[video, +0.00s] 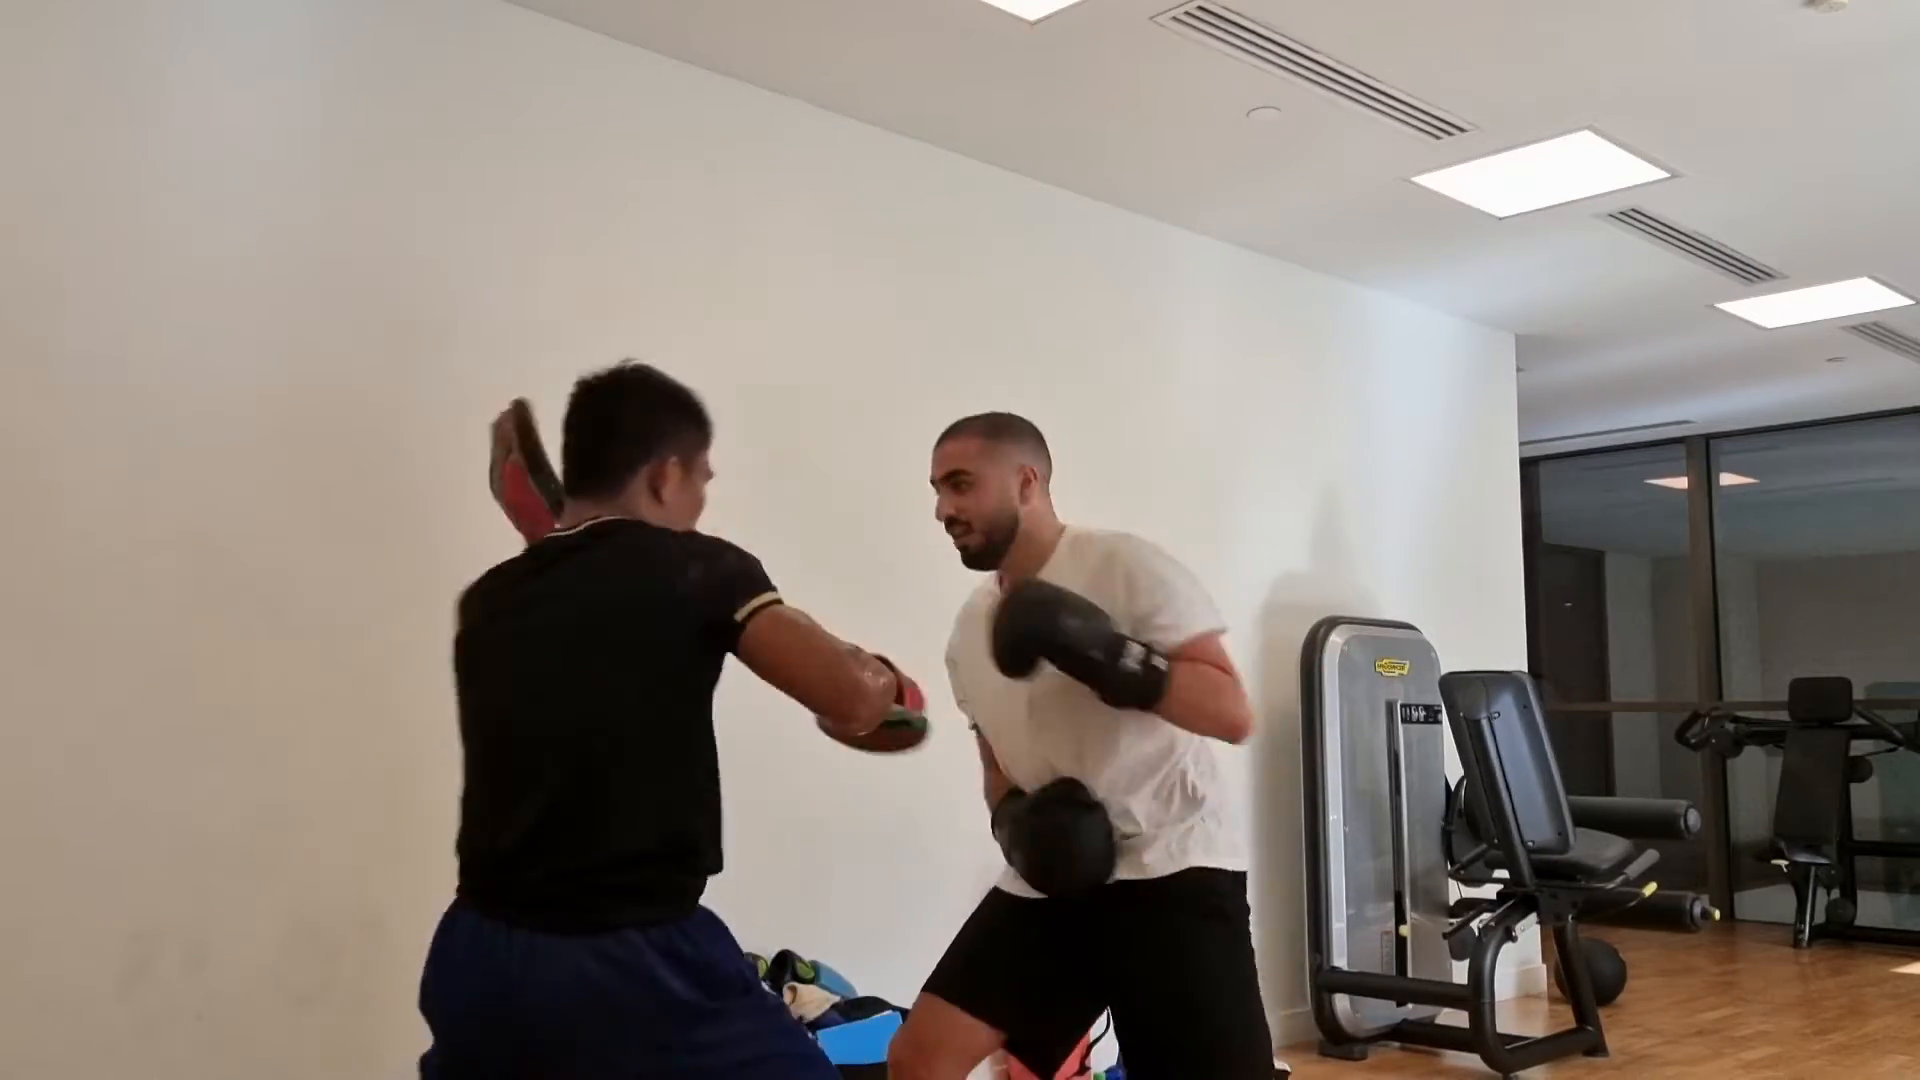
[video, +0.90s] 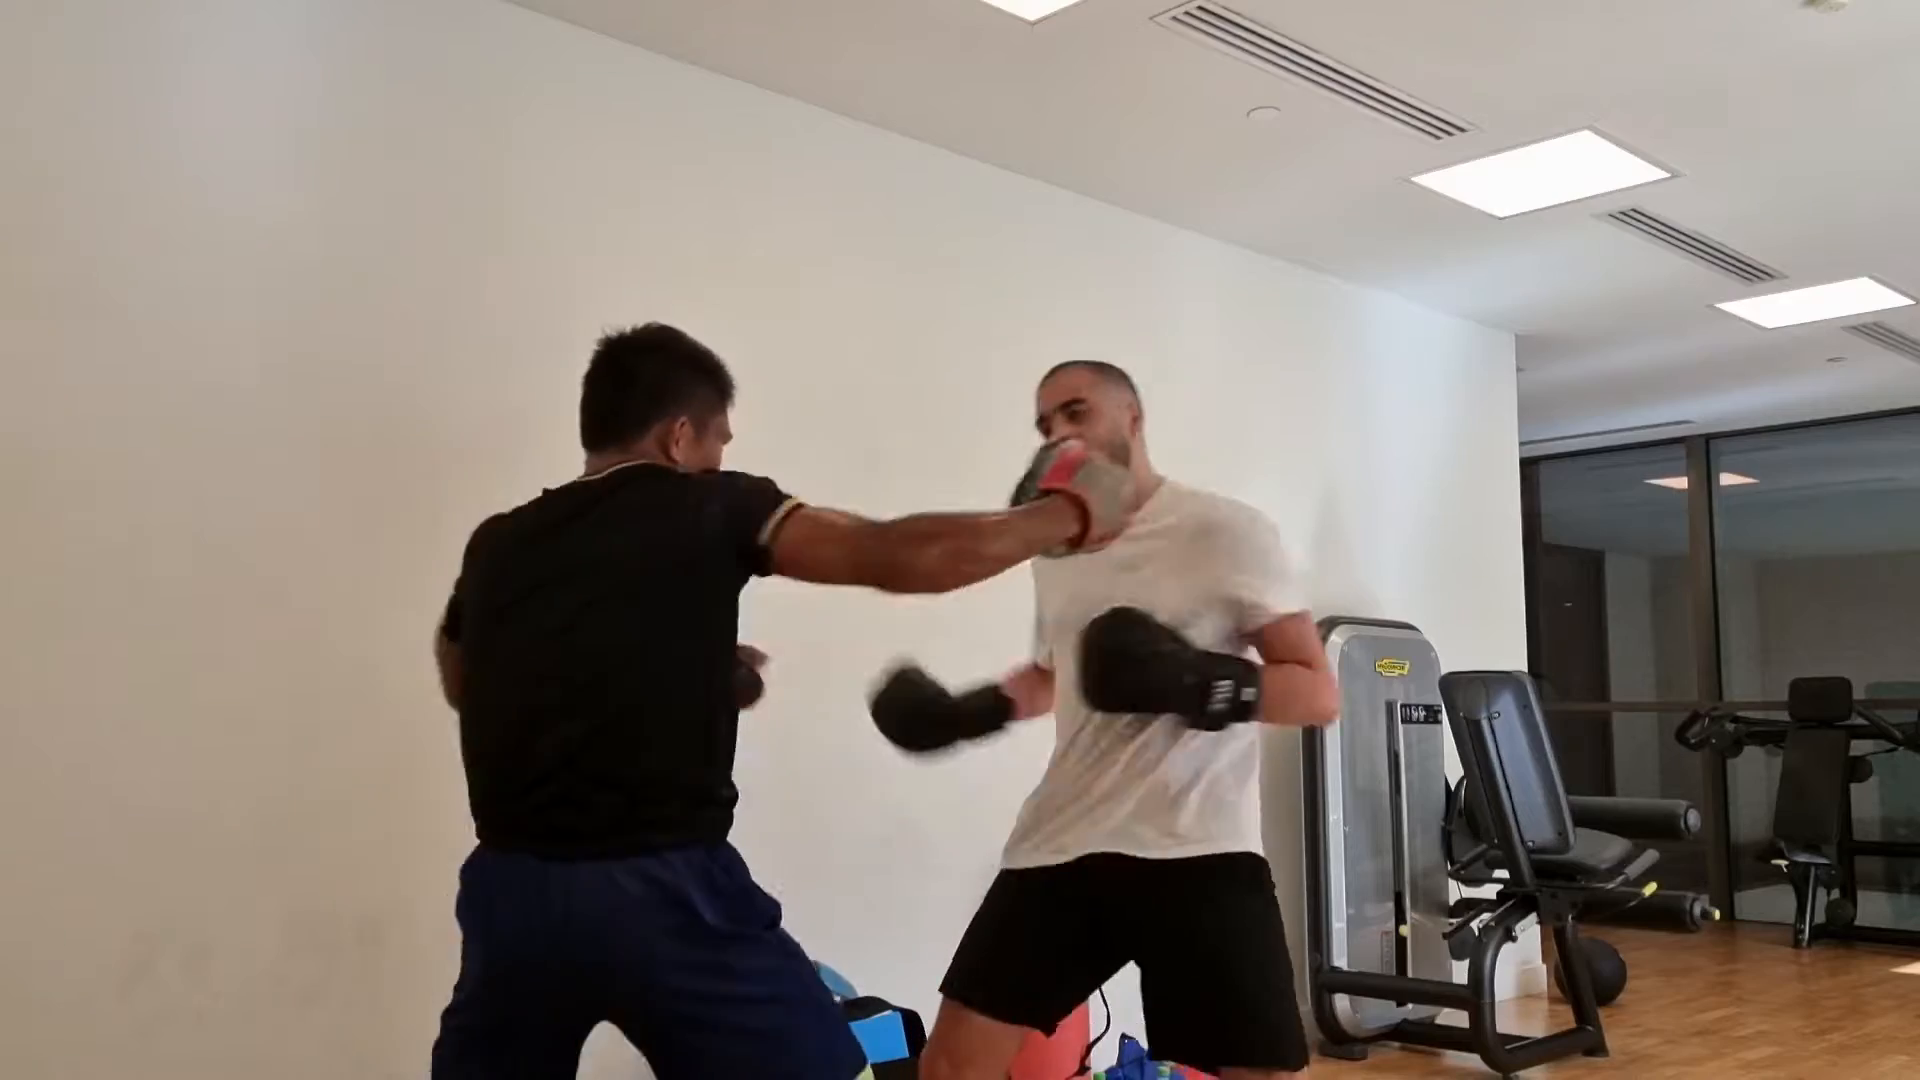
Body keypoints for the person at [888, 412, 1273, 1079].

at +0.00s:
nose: (943, 509)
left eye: (960, 483)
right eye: (938, 490)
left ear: (1028, 481)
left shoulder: (1132, 568)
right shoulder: (971, 632)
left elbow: (1231, 712)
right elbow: (999, 770)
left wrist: (1108, 655)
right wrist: (1021, 827)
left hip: (1173, 883)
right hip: (1048, 889)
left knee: (1223, 1070)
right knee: (920, 1059)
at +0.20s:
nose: (985, 451)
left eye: (1002, 429)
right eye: (979, 436)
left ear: (1066, 432)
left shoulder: (1138, 512)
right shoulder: (1006, 578)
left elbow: (1187, 643)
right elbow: (1010, 737)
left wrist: (1051, 638)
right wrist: (1027, 785)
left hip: (1181, 855)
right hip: (1047, 863)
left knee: (1246, 1069)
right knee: (934, 1059)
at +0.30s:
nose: (1065, 422)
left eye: (1087, 400)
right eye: (1054, 408)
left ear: (1144, 415)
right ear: (1047, 428)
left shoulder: (1225, 538)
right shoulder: (1004, 554)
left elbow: (1315, 694)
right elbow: (982, 723)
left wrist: (1229, 690)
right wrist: (1067, 775)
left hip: (1203, 861)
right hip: (1048, 862)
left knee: (1278, 1070)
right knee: (941, 1066)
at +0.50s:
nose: (1088, 419)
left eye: (1112, 402)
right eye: (1079, 404)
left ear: (1168, 420)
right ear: (1067, 419)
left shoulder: (1235, 545)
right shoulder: (1020, 542)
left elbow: (1291, 718)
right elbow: (993, 717)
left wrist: (1190, 685)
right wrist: (1067, 783)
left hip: (1207, 860)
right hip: (1052, 867)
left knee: (1282, 1068)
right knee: (955, 1067)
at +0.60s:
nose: (1014, 426)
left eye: (1033, 404)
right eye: (1006, 411)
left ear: (1094, 413)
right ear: (1001, 427)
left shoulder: (1145, 514)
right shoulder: (1022, 534)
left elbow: (1216, 679)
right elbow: (1028, 683)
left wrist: (1069, 666)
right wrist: (1030, 769)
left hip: (1195, 850)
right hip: (1072, 845)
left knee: (1258, 1068)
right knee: (957, 1048)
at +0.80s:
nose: (982, 467)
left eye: (999, 444)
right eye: (976, 453)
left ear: (1062, 445)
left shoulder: (1096, 524)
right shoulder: (1067, 552)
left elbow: (1200, 678)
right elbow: (1138, 727)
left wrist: (1060, 695)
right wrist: (1032, 792)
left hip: (1186, 859)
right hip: (1077, 862)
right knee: (951, 1048)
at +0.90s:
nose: (1055, 435)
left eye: (1075, 413)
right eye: (1042, 426)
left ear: (1134, 418)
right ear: (1036, 447)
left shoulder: (1227, 530)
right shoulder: (1054, 556)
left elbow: (1317, 691)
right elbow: (1056, 676)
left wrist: (1200, 681)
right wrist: (960, 714)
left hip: (1201, 860)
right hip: (1057, 857)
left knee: (1264, 1069)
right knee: (954, 1065)